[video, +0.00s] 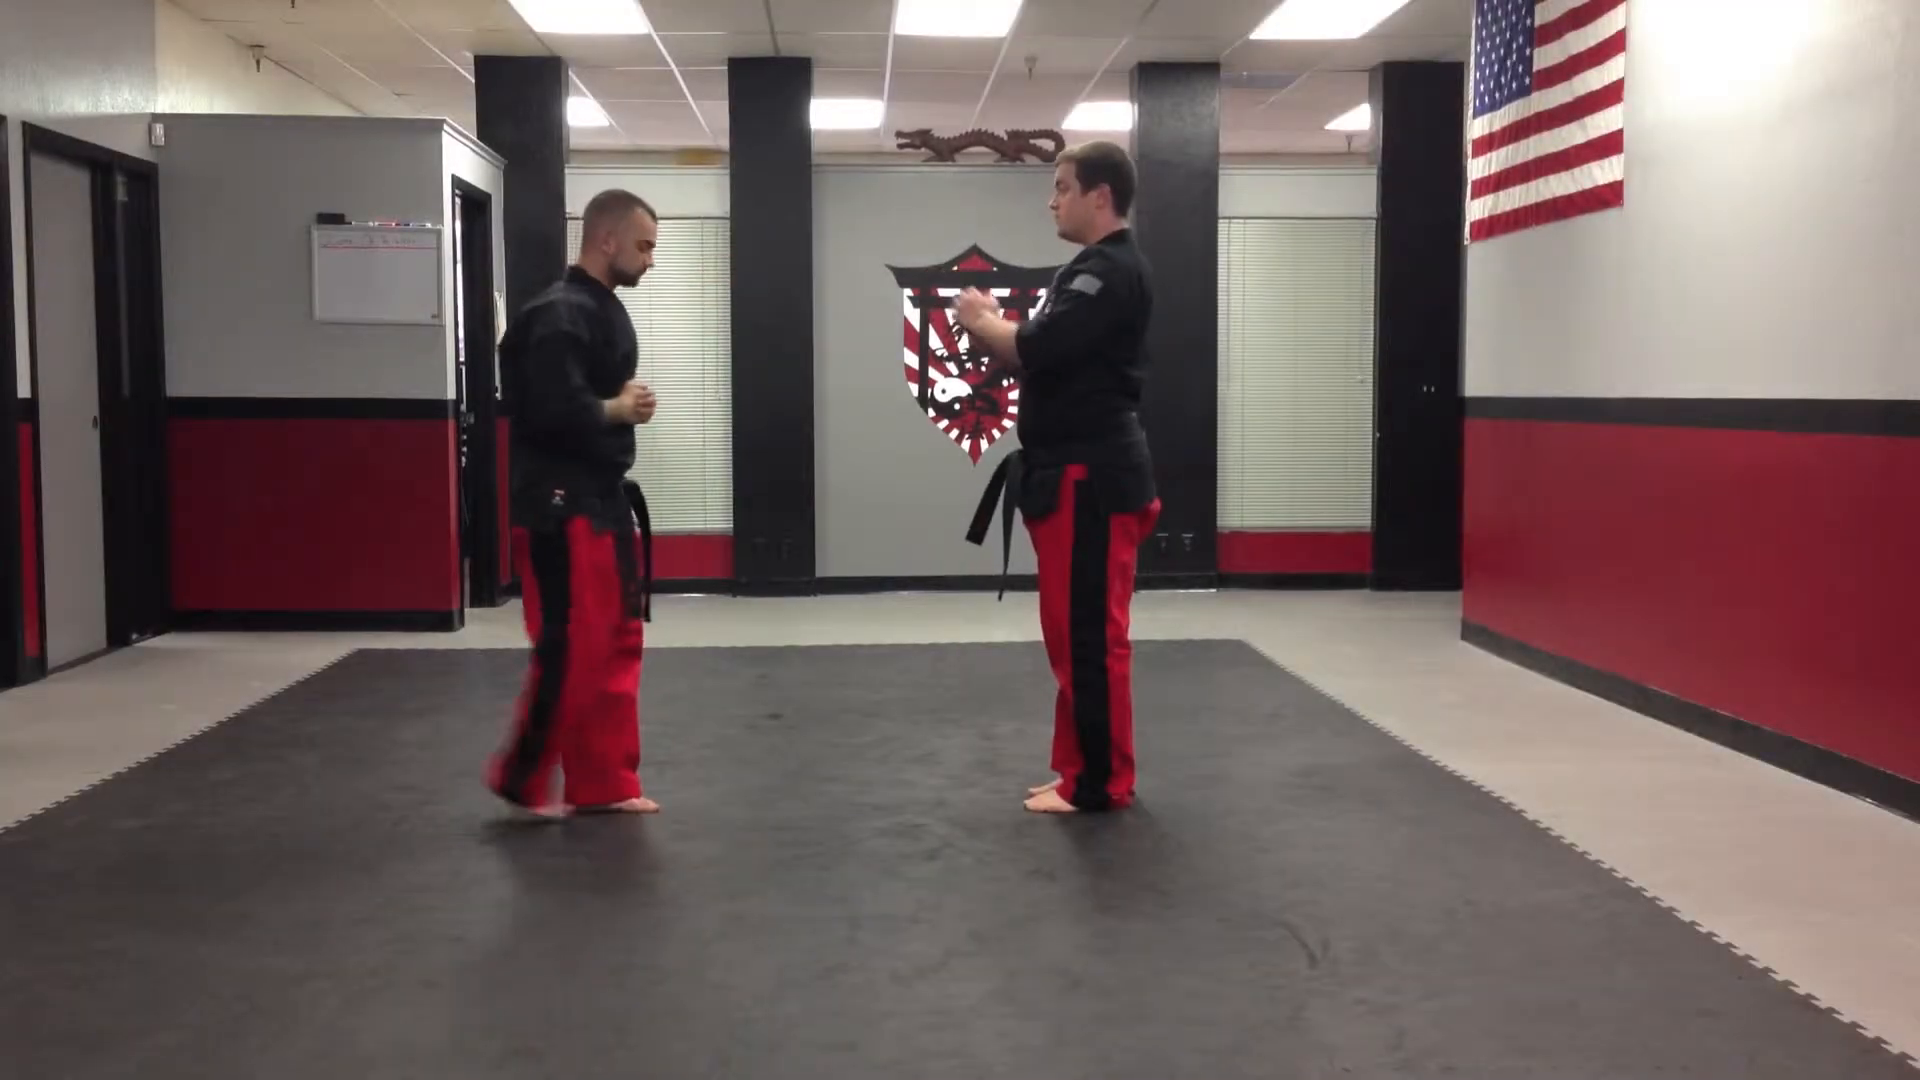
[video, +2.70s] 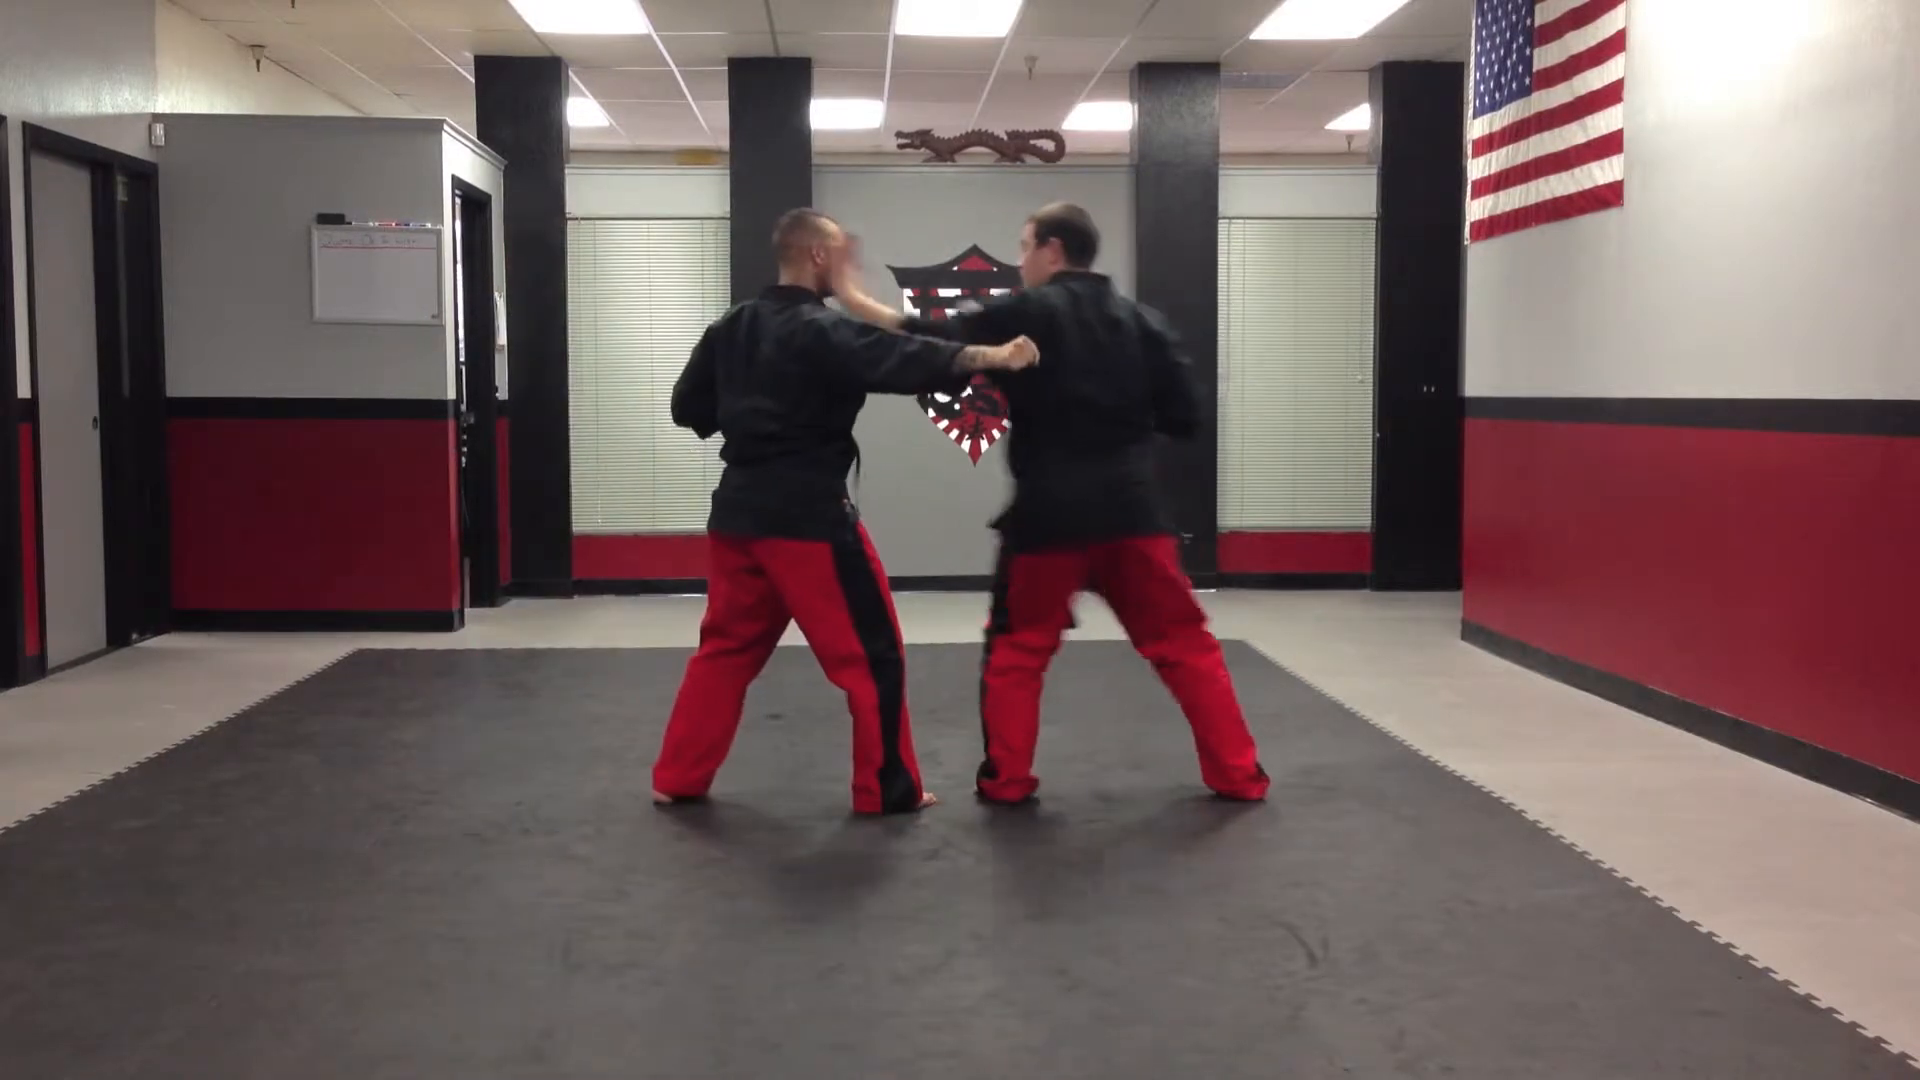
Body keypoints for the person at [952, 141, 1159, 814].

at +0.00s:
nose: (1053, 203)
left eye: (1062, 190)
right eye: (1054, 190)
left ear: (1099, 196)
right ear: (1103, 198)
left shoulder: (1106, 268)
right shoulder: (1095, 266)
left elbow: (1038, 350)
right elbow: (1042, 348)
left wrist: (983, 322)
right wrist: (992, 328)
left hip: (1092, 474)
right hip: (1076, 471)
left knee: (1087, 634)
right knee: (1079, 632)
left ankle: (1095, 785)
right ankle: (1087, 775)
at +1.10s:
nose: (1008, 221)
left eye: (1019, 210)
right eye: (1011, 209)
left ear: (1057, 218)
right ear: (1058, 219)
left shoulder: (1074, 287)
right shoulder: (1076, 279)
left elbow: (1077, 393)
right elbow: (1071, 383)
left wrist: (1015, 405)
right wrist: (1018, 396)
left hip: (1083, 486)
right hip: (1105, 479)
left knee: (1039, 635)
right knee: (1105, 627)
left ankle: (992, 783)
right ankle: (1144, 762)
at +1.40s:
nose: (994, 226)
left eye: (1005, 215)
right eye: (998, 214)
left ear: (1042, 226)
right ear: (1050, 228)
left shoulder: (1040, 295)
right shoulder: (1081, 293)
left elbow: (994, 384)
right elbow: (1047, 389)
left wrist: (926, 362)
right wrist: (966, 376)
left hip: (1047, 500)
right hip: (1096, 494)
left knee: (979, 636)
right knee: (1090, 627)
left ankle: (983, 792)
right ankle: (1154, 759)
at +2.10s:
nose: (1039, 239)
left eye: (1045, 226)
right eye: (1041, 226)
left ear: (1075, 231)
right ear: (1103, 234)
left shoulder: (1048, 291)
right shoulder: (1153, 307)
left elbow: (951, 313)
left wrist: (915, 287)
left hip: (1074, 504)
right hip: (1151, 503)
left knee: (1003, 644)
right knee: (1169, 637)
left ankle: (987, 794)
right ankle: (1233, 772)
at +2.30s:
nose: (1066, 252)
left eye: (1072, 239)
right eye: (1067, 240)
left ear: (1103, 240)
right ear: (1131, 242)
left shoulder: (1086, 307)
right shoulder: (1195, 309)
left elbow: (1022, 376)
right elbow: (1229, 403)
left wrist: (986, 315)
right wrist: (1162, 410)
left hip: (1103, 509)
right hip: (1187, 508)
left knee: (1037, 638)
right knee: (1195, 642)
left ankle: (1038, 779)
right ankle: (1232, 775)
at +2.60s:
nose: (1044, 263)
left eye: (1049, 251)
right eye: (1045, 251)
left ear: (1078, 254)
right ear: (1106, 256)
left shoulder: (1060, 316)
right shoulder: (1169, 317)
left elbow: (985, 372)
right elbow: (1214, 407)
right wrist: (1148, 415)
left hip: (1089, 516)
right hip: (1170, 511)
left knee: (1034, 644)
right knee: (1197, 643)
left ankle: (1008, 777)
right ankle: (1237, 776)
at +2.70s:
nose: (1020, 260)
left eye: (1026, 249)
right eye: (1023, 248)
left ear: (1053, 251)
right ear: (1083, 255)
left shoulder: (1025, 312)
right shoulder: (1139, 318)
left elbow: (929, 337)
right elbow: (1185, 416)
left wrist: (850, 293)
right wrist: (1118, 403)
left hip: (1048, 515)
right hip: (1132, 512)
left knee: (1018, 645)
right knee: (1183, 639)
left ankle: (1007, 780)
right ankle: (1239, 775)